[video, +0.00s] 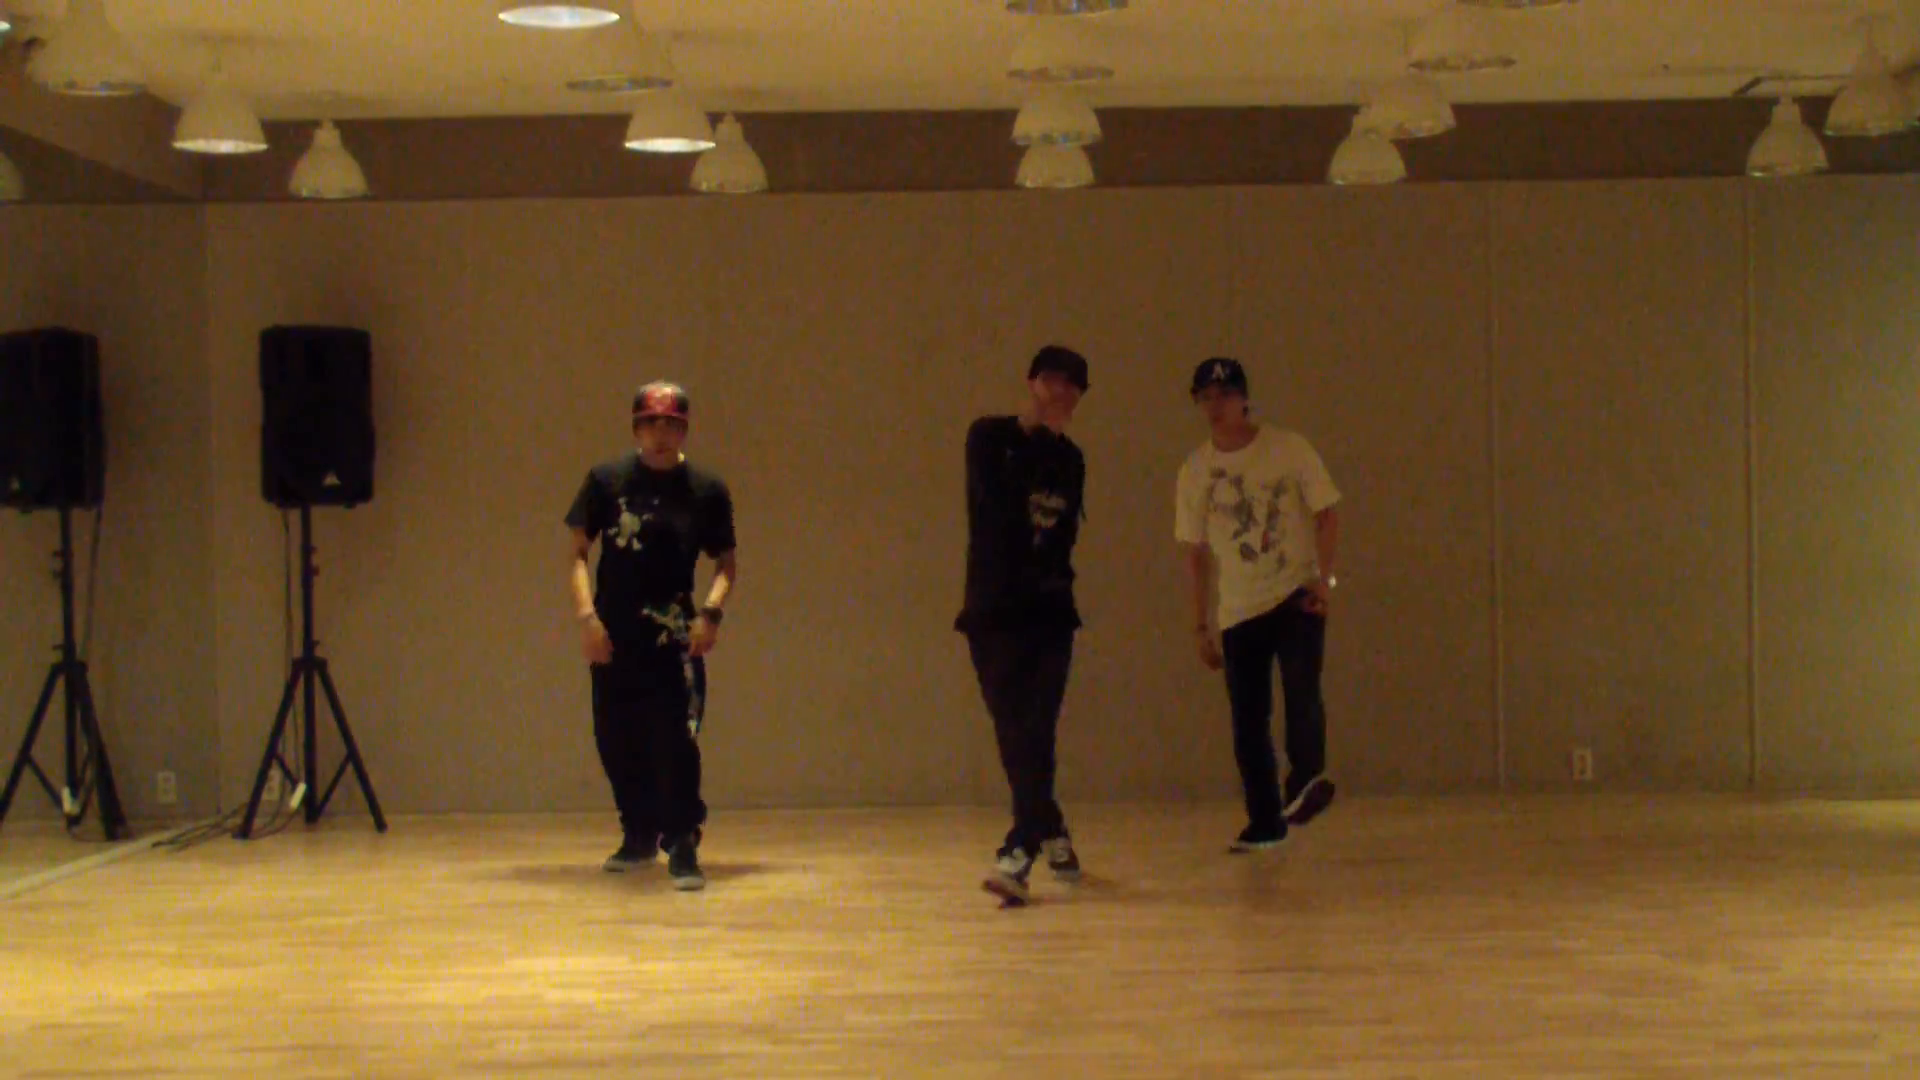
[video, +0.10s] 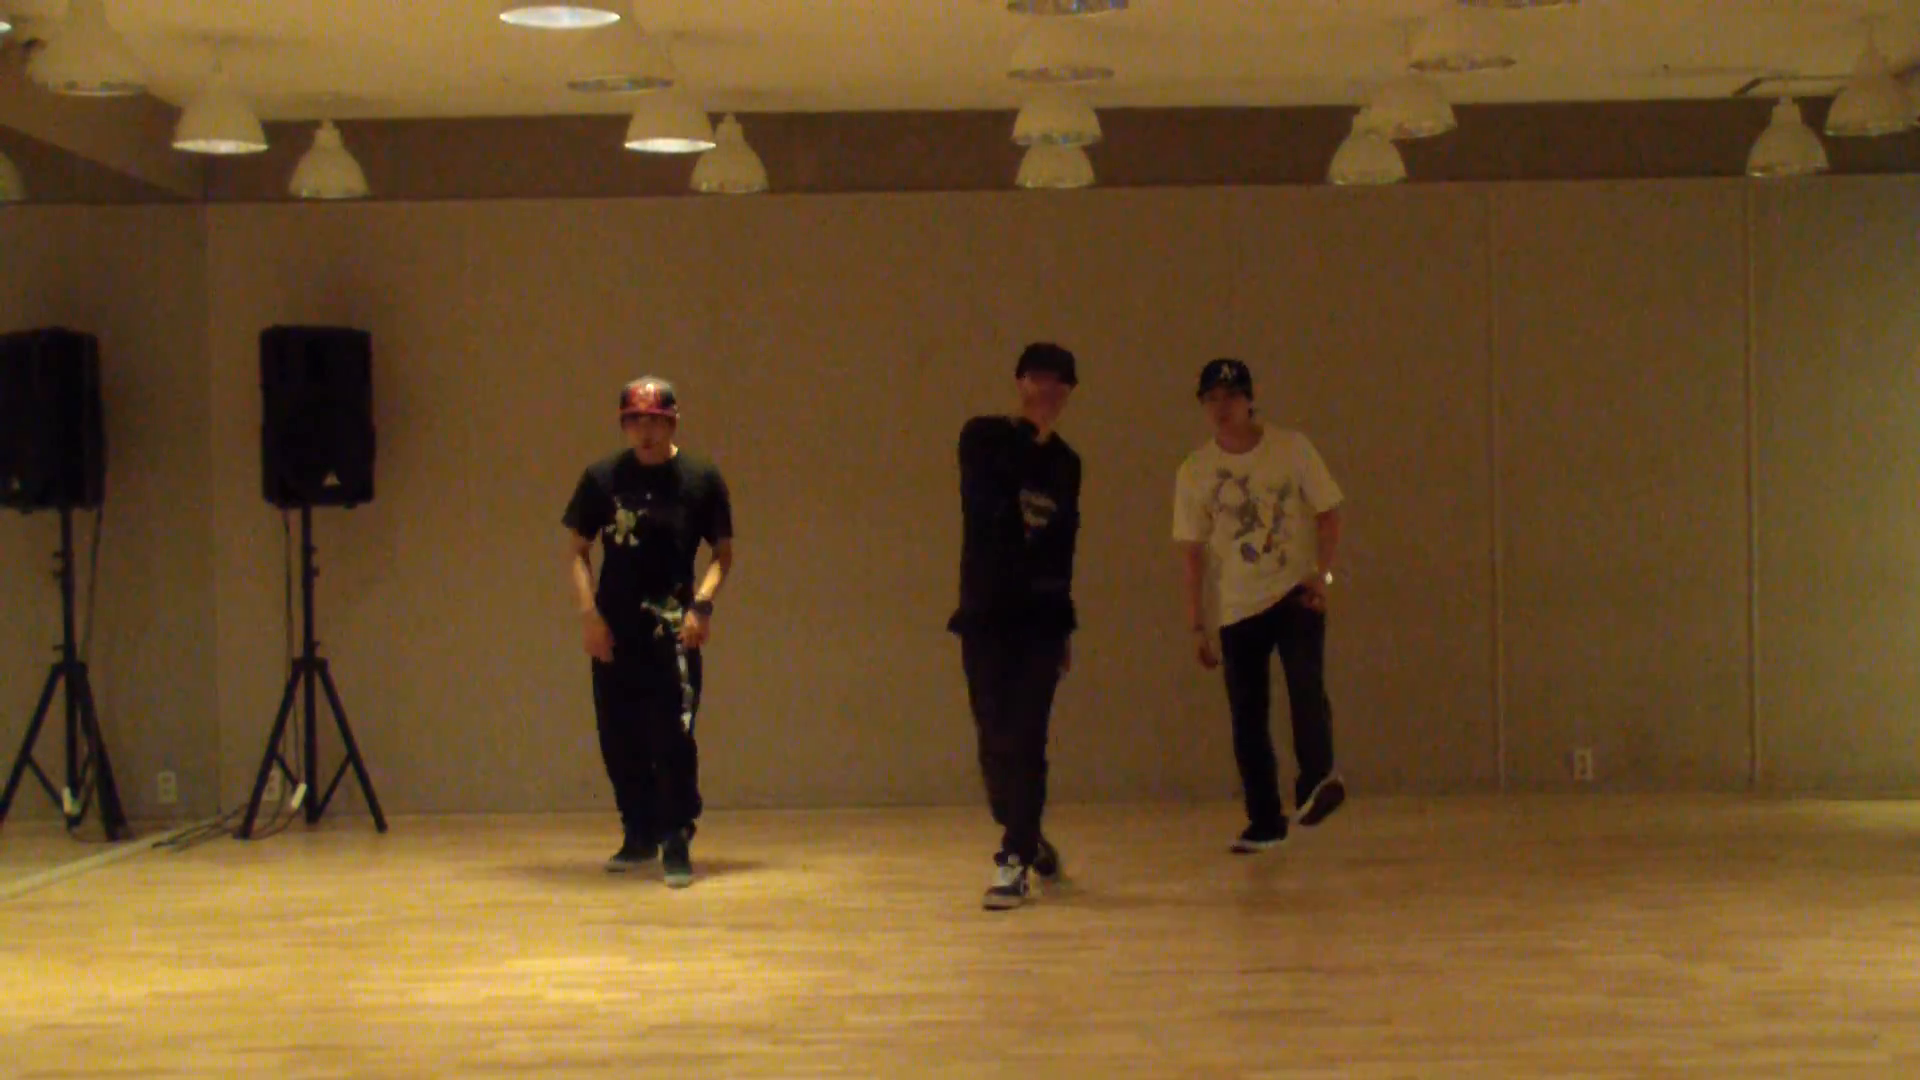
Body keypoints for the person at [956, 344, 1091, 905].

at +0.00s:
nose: (1065, 396)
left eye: (1074, 388)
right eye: (1057, 384)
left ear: (1080, 396)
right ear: (1033, 383)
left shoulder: (1071, 457)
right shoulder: (989, 435)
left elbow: (1064, 536)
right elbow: (985, 517)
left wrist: (1051, 594)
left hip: (1049, 612)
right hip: (993, 609)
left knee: (1037, 726)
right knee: (1012, 727)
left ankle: (1021, 844)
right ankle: (1052, 832)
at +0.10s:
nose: (1046, 390)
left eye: (1056, 382)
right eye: (1037, 379)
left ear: (1069, 392)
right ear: (1020, 383)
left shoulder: (1065, 461)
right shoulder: (982, 435)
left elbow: (1062, 551)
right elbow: (989, 493)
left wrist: (1062, 628)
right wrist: (1036, 436)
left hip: (1040, 617)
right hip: (985, 613)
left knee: (1026, 735)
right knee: (994, 735)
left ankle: (1014, 856)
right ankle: (1028, 837)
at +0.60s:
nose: (964, 377)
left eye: (975, 367)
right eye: (954, 367)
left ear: (991, 372)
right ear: (938, 373)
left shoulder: (1034, 428)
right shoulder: (933, 452)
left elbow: (1078, 513)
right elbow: (941, 520)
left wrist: (1077, 592)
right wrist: (930, 553)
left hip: (1029, 606)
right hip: (963, 608)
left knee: (1022, 738)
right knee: (955, 733)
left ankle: (1016, 863)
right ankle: (955, 860)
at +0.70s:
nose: (968, 374)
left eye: (980, 365)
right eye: (958, 363)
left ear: (996, 374)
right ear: (941, 369)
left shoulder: (1031, 431)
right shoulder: (926, 452)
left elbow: (1077, 513)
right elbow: (926, 532)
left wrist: (1076, 583)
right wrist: (920, 595)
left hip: (1023, 609)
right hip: (956, 614)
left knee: (1018, 738)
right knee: (954, 739)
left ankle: (1015, 861)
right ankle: (957, 869)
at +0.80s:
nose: (974, 373)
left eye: (985, 365)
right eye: (966, 362)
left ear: (1002, 375)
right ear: (949, 368)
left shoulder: (1030, 435)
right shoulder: (920, 448)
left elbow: (1069, 514)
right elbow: (911, 535)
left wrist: (1069, 577)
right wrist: (912, 609)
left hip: (1017, 612)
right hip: (948, 615)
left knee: (1010, 742)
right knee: (954, 749)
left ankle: (1013, 855)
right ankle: (964, 879)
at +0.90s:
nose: (985, 370)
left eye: (996, 363)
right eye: (976, 359)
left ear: (1009, 374)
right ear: (956, 364)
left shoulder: (1026, 439)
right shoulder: (917, 442)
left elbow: (1053, 517)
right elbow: (898, 529)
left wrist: (1059, 583)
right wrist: (904, 608)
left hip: (1012, 613)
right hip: (943, 614)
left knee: (1007, 744)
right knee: (952, 750)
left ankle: (1016, 852)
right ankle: (964, 881)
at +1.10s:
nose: (984, 363)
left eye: (995, 355)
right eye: (974, 353)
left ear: (1011, 366)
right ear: (955, 362)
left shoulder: (1028, 444)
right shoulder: (918, 434)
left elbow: (1041, 532)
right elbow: (893, 523)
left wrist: (1041, 607)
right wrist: (894, 606)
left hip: (1005, 617)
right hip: (937, 616)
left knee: (1002, 751)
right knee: (949, 756)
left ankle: (1020, 861)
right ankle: (965, 884)